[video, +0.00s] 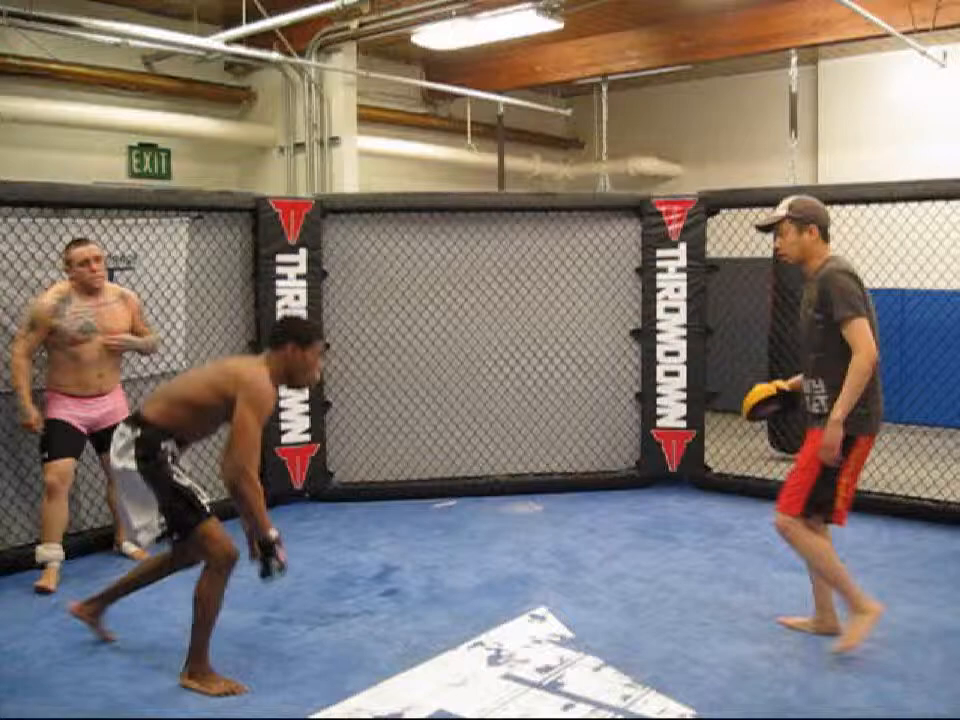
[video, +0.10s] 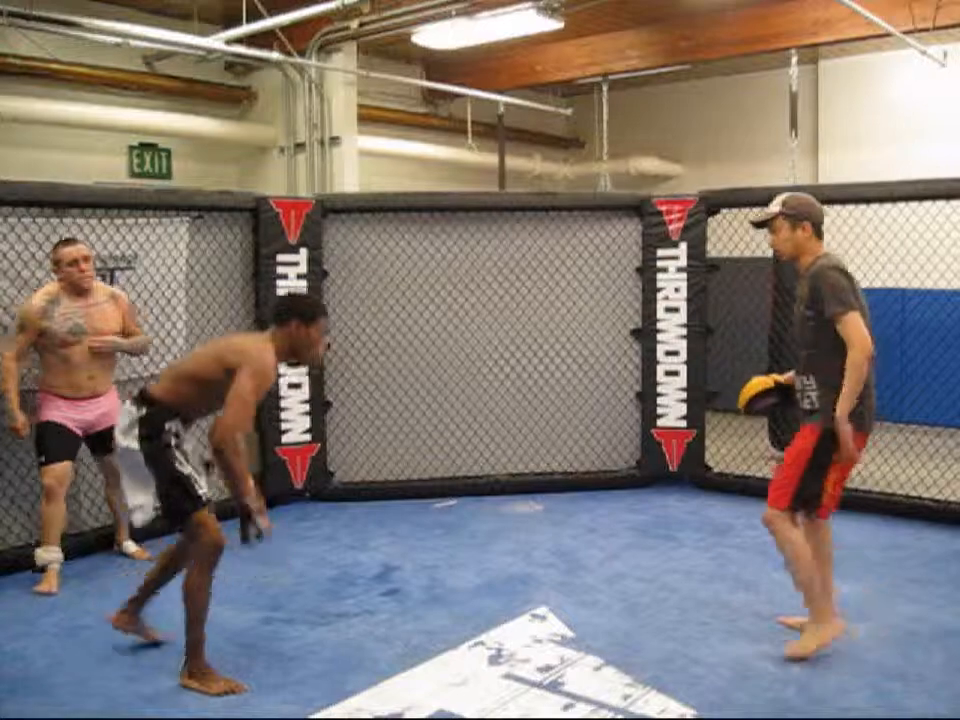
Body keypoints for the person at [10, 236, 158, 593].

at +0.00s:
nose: (93, 268)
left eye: (97, 260)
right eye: (84, 264)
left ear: (105, 262)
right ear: (68, 271)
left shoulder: (126, 299)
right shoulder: (50, 305)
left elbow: (153, 343)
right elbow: (21, 351)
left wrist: (129, 341)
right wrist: (26, 405)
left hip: (110, 400)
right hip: (65, 403)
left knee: (121, 473)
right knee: (56, 480)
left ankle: (125, 538)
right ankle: (51, 564)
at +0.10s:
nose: (82, 268)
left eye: (86, 260)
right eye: (72, 264)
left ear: (94, 262)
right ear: (57, 271)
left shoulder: (116, 299)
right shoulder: (41, 306)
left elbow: (143, 343)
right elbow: (12, 356)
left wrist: (116, 343)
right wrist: (14, 409)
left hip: (103, 402)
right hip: (58, 405)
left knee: (114, 474)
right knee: (53, 485)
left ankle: (125, 538)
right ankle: (52, 568)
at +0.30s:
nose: (49, 264)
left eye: (53, 256)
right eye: (39, 259)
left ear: (61, 258)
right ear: (23, 267)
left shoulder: (88, 296)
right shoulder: (11, 302)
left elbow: (111, 338)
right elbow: (5, 341)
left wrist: (99, 366)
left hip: (81, 401)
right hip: (32, 407)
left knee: (119, 472)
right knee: (38, 494)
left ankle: (124, 530)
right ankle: (49, 571)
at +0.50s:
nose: (24, 265)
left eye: (29, 257)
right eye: (14, 260)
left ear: (37, 260)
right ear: (1, 268)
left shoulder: (65, 304)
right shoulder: (2, 306)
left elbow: (94, 350)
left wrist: (107, 398)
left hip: (56, 406)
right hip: (10, 413)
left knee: (66, 484)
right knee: (29, 496)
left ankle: (82, 560)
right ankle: (47, 568)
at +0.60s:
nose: (14, 268)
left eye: (18, 260)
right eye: (5, 262)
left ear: (28, 263)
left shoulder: (54, 305)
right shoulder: (2, 307)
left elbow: (88, 352)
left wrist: (105, 397)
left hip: (44, 409)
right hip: (6, 415)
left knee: (33, 494)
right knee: (25, 499)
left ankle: (39, 583)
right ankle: (49, 569)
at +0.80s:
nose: (1, 273)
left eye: (3, 266)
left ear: (7, 269)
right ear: (3, 270)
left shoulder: (28, 318)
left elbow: (66, 367)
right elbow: (65, 367)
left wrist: (72, 420)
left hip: (13, 419)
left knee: (6, 504)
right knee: (8, 505)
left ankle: (5, 583)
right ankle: (39, 562)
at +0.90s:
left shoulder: (14, 316)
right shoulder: (13, 316)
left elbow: (38, 372)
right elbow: (37, 372)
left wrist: (42, 434)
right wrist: (42, 434)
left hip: (9, 419)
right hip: (10, 419)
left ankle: (17, 554)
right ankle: (16, 555)